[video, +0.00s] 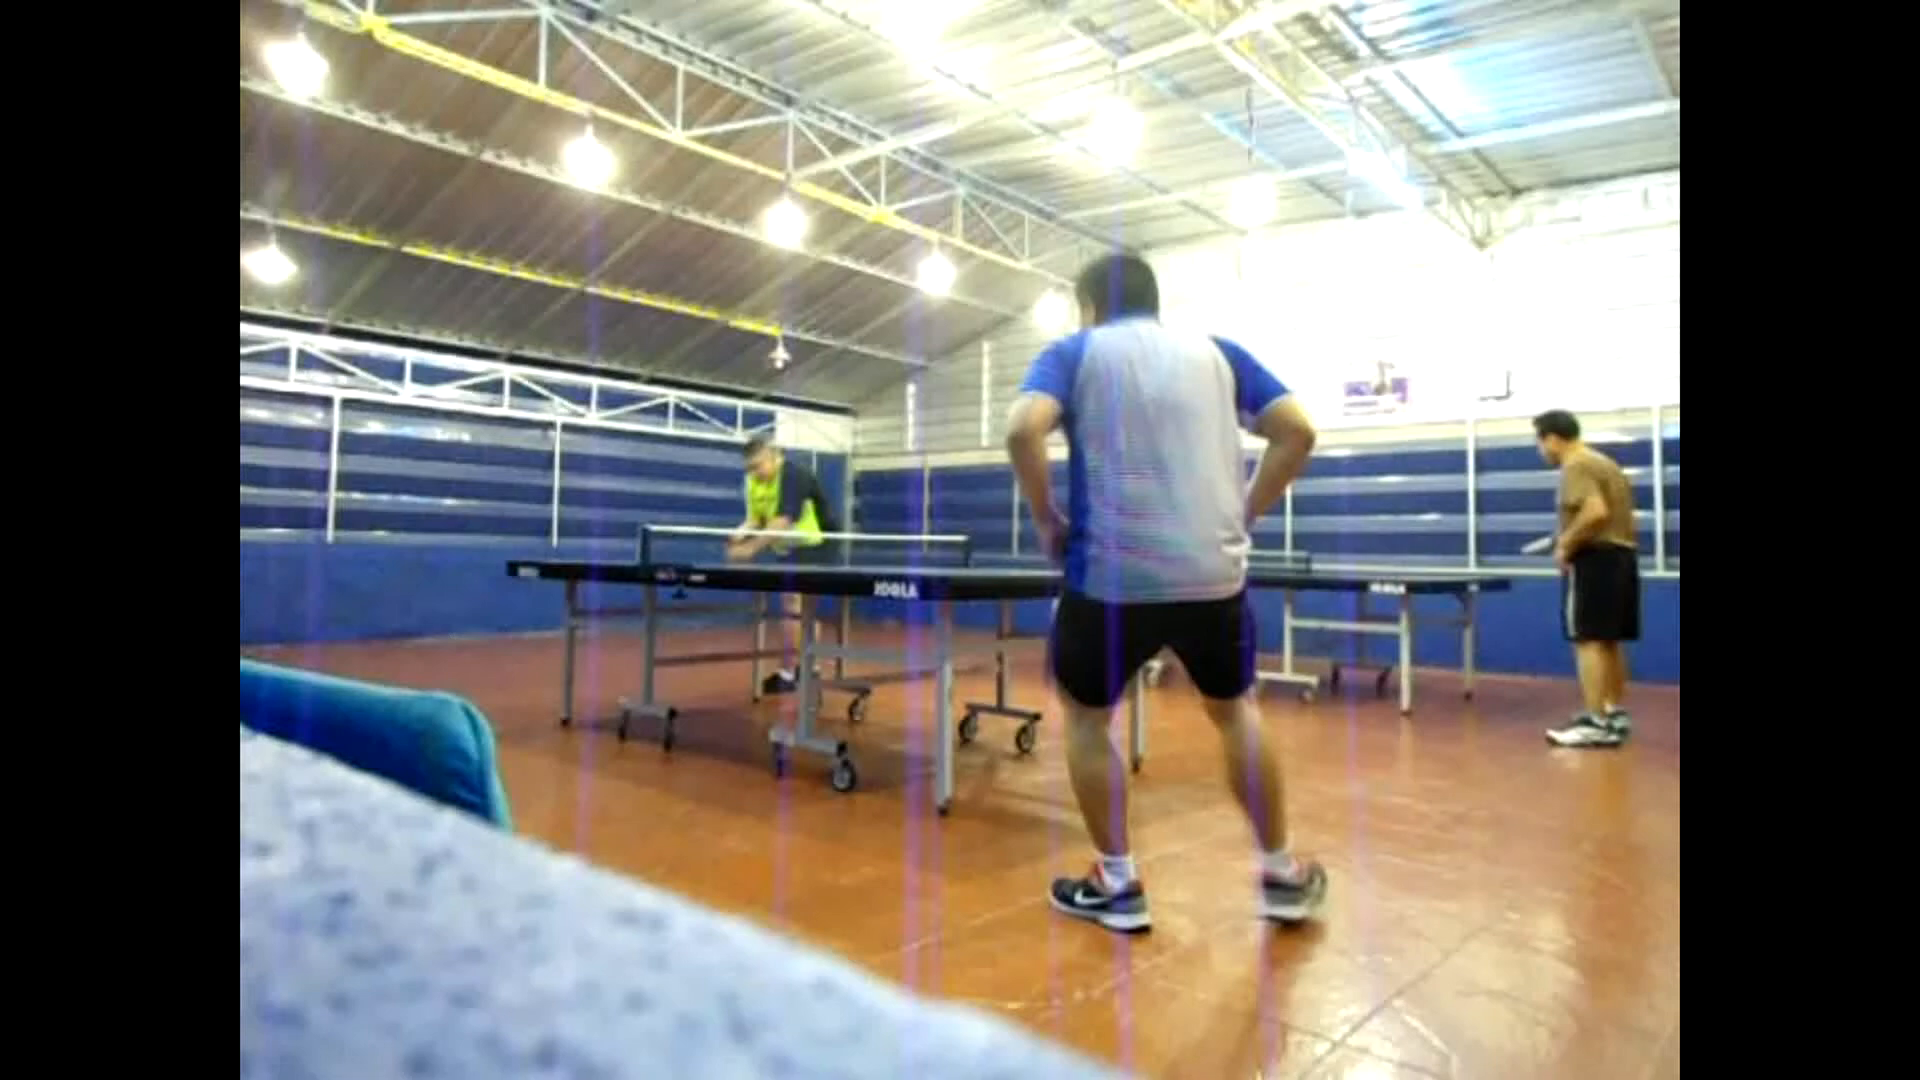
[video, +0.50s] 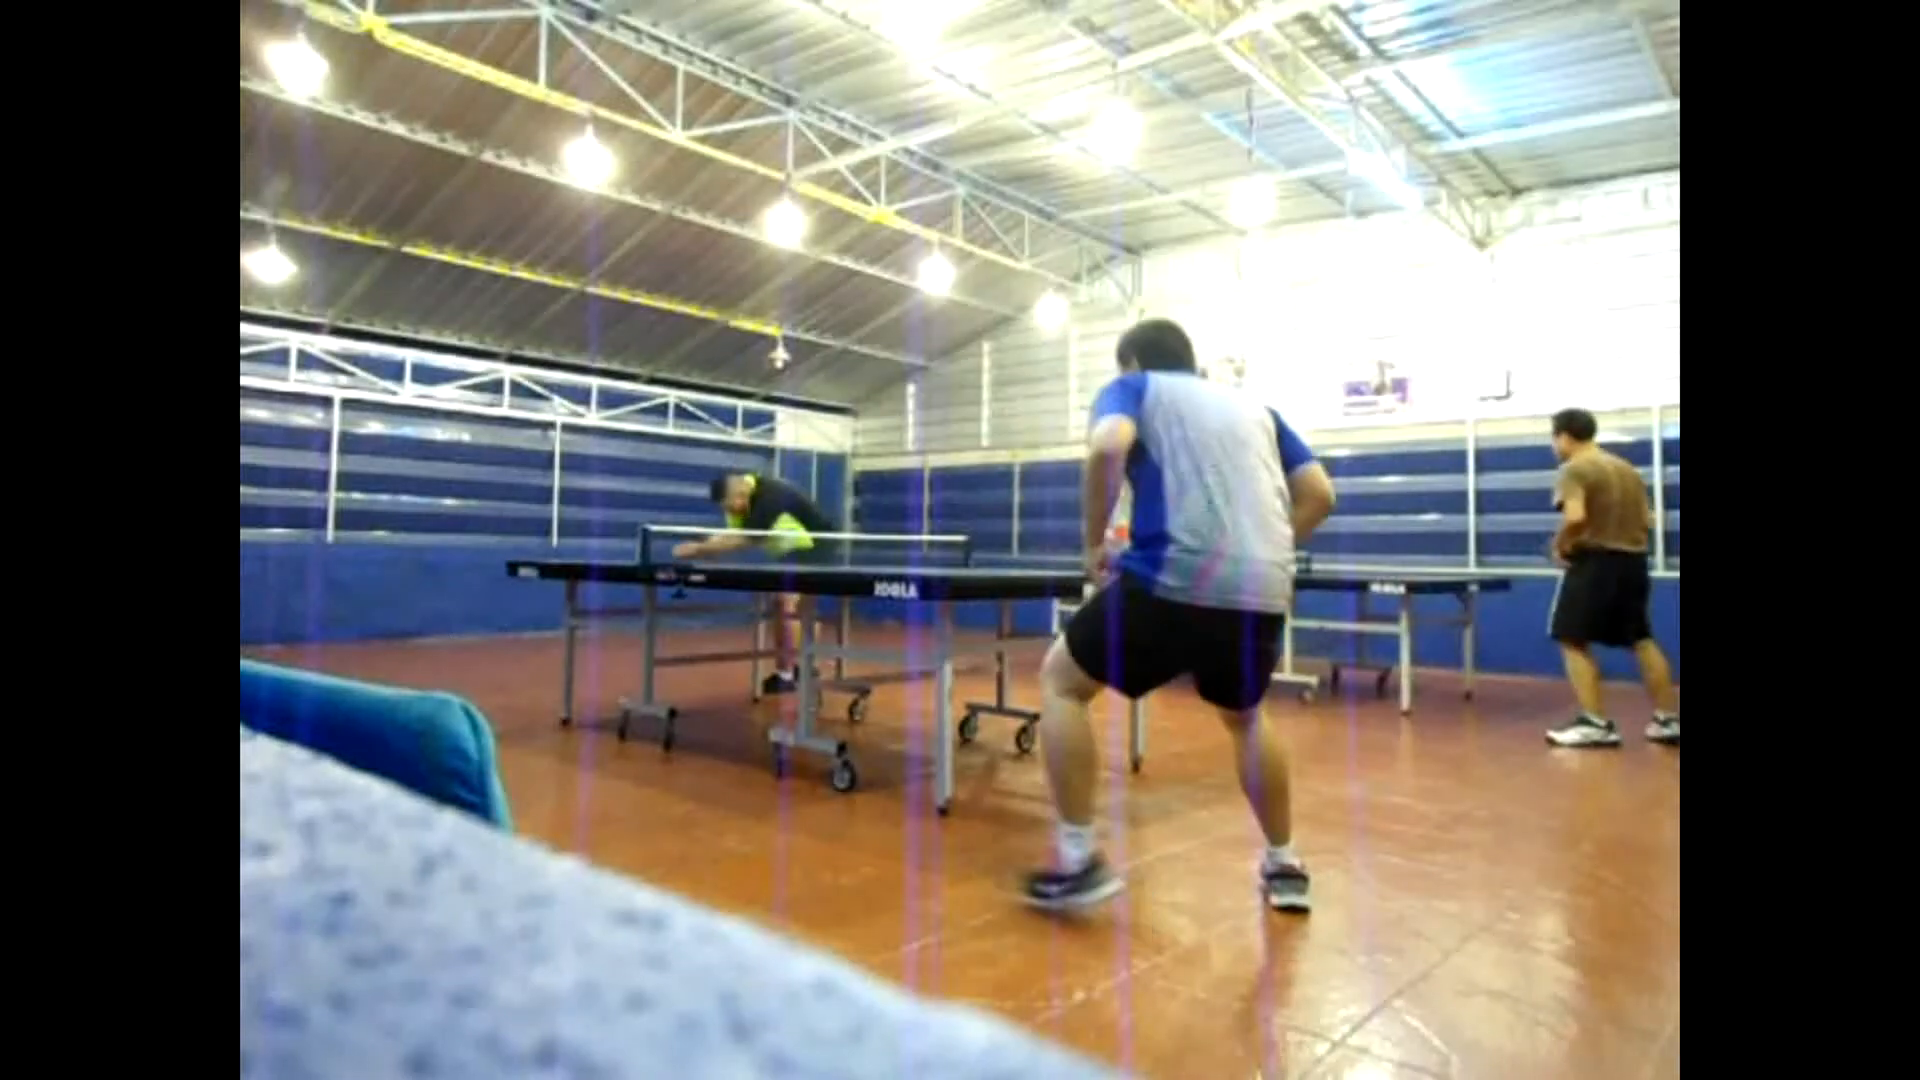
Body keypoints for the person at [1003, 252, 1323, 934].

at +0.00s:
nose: (1078, 317)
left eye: (1081, 307)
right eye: (1081, 307)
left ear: (1093, 306)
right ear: (1152, 301)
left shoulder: (1074, 352)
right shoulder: (1214, 352)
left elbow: (1025, 428)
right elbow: (1295, 433)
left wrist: (1046, 517)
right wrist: (1247, 512)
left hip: (1113, 582)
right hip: (1210, 579)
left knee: (1088, 719)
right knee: (1236, 711)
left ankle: (1116, 881)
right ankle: (1279, 870)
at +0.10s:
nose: (1081, 321)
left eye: (1083, 311)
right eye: (1084, 312)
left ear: (1095, 311)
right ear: (1154, 306)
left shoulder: (1078, 354)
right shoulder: (1216, 357)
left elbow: (1028, 426)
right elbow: (1297, 435)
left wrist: (1049, 518)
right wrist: (1247, 510)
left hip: (1116, 581)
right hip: (1212, 580)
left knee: (1087, 721)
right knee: (1239, 714)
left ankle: (1116, 881)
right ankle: (1283, 866)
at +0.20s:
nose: (1085, 330)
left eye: (1087, 321)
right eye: (1087, 321)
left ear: (1100, 319)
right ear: (1157, 314)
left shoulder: (1086, 357)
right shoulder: (1221, 365)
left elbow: (1037, 426)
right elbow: (1300, 442)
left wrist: (1052, 514)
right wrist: (1248, 511)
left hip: (1124, 585)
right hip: (1218, 586)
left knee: (1086, 719)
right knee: (1242, 717)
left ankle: (1117, 880)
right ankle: (1285, 865)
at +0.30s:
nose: (1098, 345)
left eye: (1100, 336)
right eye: (1100, 336)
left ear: (1112, 333)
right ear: (1168, 331)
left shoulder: (1103, 369)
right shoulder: (1233, 378)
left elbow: (1066, 440)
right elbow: (1307, 461)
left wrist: (1066, 527)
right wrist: (1252, 519)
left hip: (1139, 587)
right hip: (1231, 589)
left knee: (1083, 715)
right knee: (1243, 717)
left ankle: (1116, 878)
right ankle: (1285, 864)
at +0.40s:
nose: (1112, 363)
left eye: (1114, 355)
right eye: (1113, 355)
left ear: (1126, 350)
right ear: (1181, 345)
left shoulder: (1120, 380)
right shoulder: (1247, 395)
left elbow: (1097, 443)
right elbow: (1314, 482)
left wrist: (1084, 534)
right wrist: (1260, 534)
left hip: (1158, 587)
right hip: (1250, 594)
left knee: (1073, 700)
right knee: (1247, 716)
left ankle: (1112, 870)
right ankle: (1285, 865)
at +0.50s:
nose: (1119, 379)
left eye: (1121, 371)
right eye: (1120, 373)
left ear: (1134, 365)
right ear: (1193, 365)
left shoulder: (1132, 387)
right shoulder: (1256, 411)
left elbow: (1110, 447)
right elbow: (1317, 494)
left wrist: (1094, 545)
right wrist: (1264, 549)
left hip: (1169, 584)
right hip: (1260, 596)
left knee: (1062, 683)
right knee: (1247, 717)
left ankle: (1077, 859)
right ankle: (1284, 862)